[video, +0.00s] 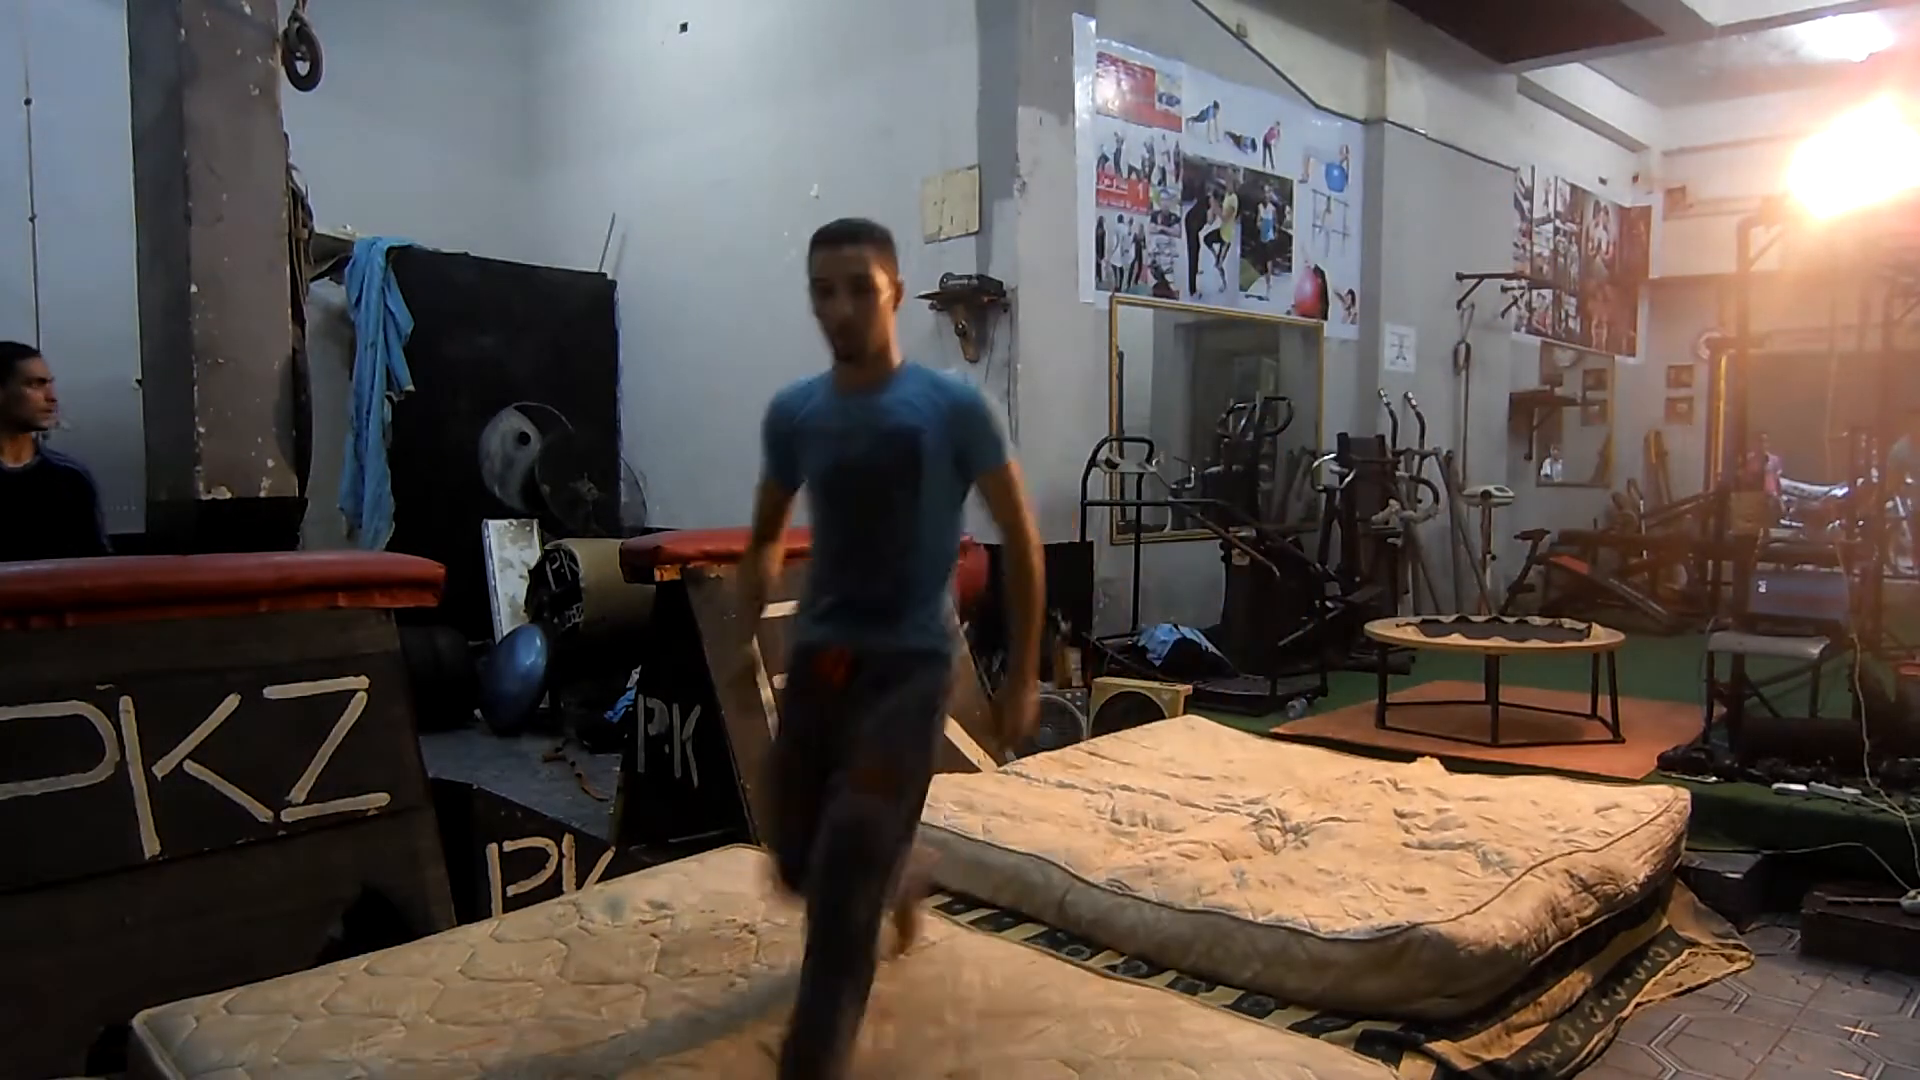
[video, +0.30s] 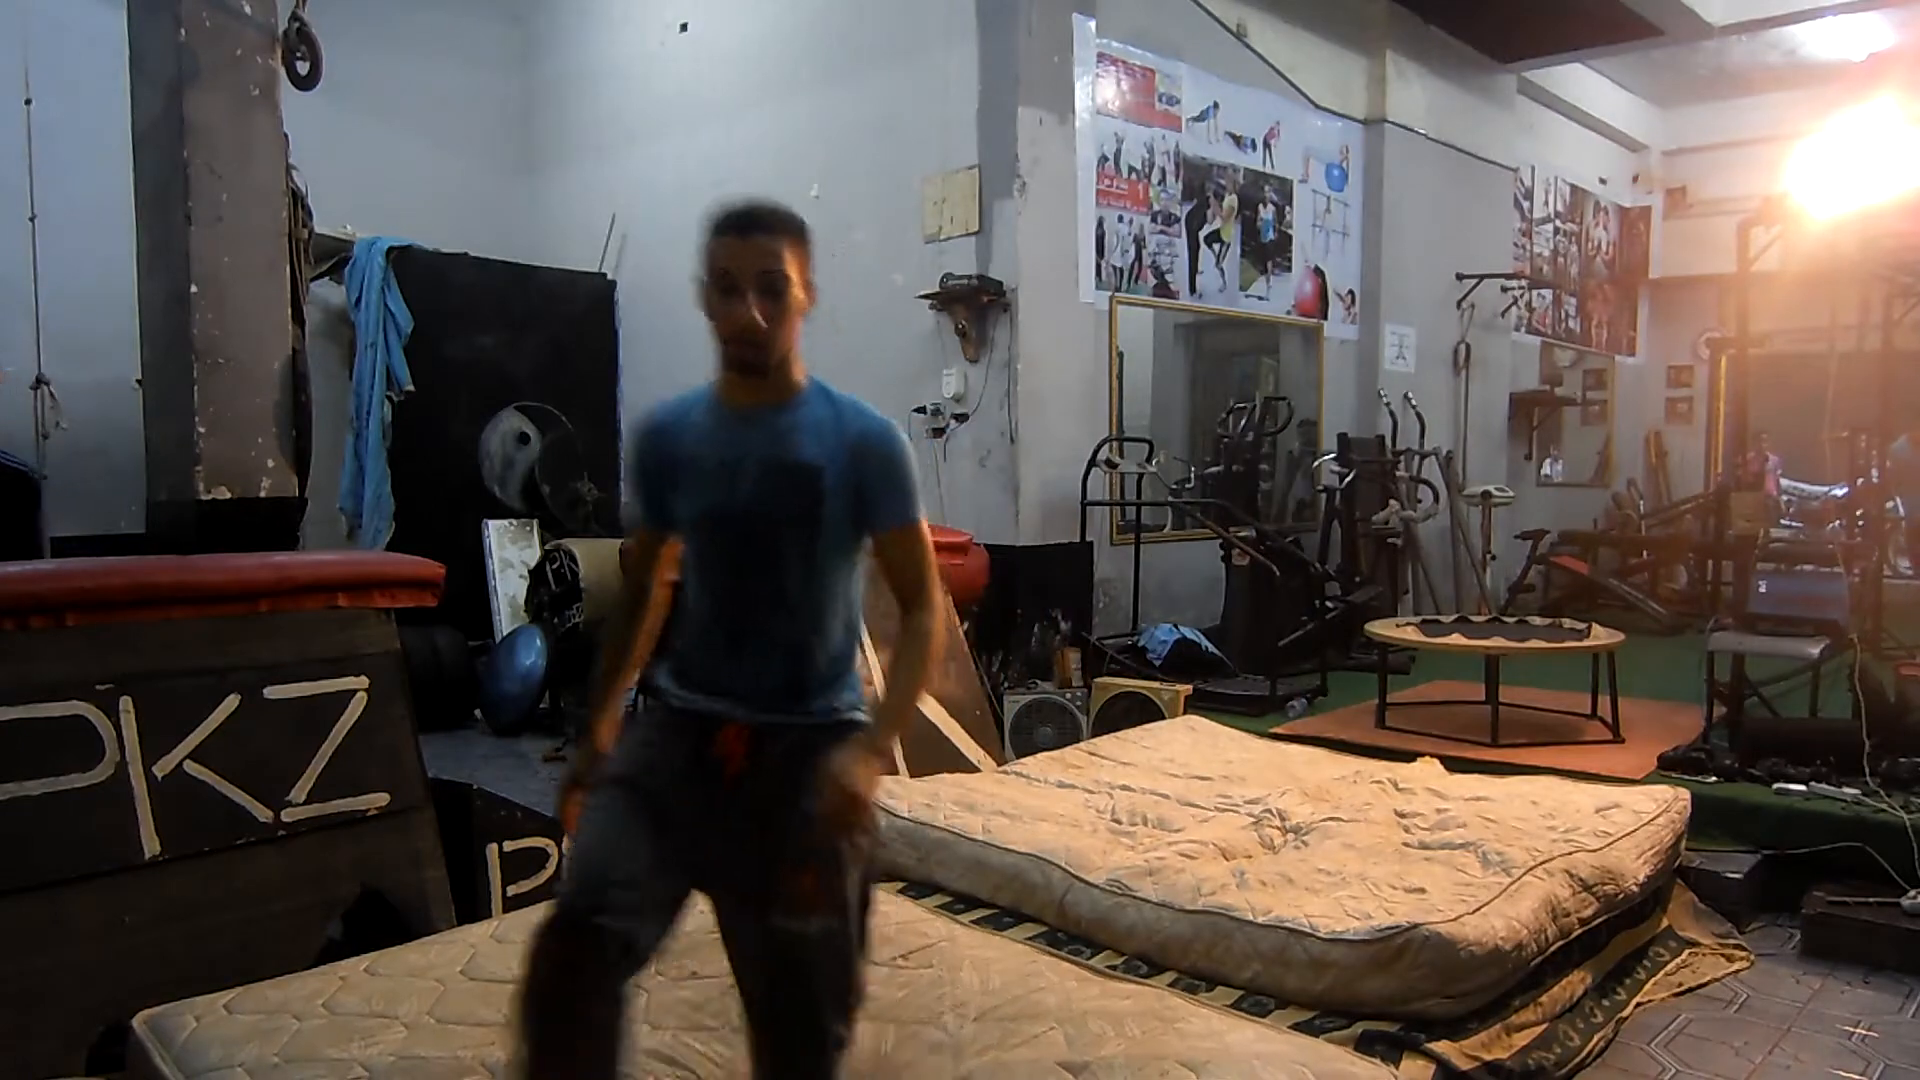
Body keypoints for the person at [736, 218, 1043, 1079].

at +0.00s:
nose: (840, 305)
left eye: (858, 287)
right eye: (824, 290)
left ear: (897, 293)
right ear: (809, 301)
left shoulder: (955, 405)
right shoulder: (794, 412)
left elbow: (1021, 539)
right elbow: (764, 536)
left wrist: (1023, 679)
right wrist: (750, 643)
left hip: (910, 663)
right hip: (820, 658)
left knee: (847, 880)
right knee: (796, 861)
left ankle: (810, 1065)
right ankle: (904, 877)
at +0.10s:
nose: (817, 338)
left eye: (837, 319)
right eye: (802, 319)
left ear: (877, 326)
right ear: (785, 329)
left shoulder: (930, 459)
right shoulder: (760, 452)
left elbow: (988, 611)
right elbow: (730, 588)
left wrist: (977, 757)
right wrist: (690, 702)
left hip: (868, 737)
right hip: (765, 724)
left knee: (834, 970)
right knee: (711, 938)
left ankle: (823, 1074)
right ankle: (817, 915)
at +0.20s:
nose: (786, 348)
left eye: (809, 327)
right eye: (769, 327)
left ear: (848, 337)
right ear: (751, 338)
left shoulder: (896, 472)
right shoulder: (717, 466)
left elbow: (948, 634)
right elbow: (692, 610)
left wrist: (915, 784)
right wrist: (643, 740)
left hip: (842, 759)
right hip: (726, 747)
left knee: (825, 1012)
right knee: (635, 953)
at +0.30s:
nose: (745, 313)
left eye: (769, 289)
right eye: (725, 290)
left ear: (807, 297)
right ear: (703, 300)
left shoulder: (865, 445)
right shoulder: (664, 438)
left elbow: (923, 605)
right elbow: (643, 593)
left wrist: (878, 746)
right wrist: (601, 728)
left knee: (801, 1031)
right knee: (577, 950)